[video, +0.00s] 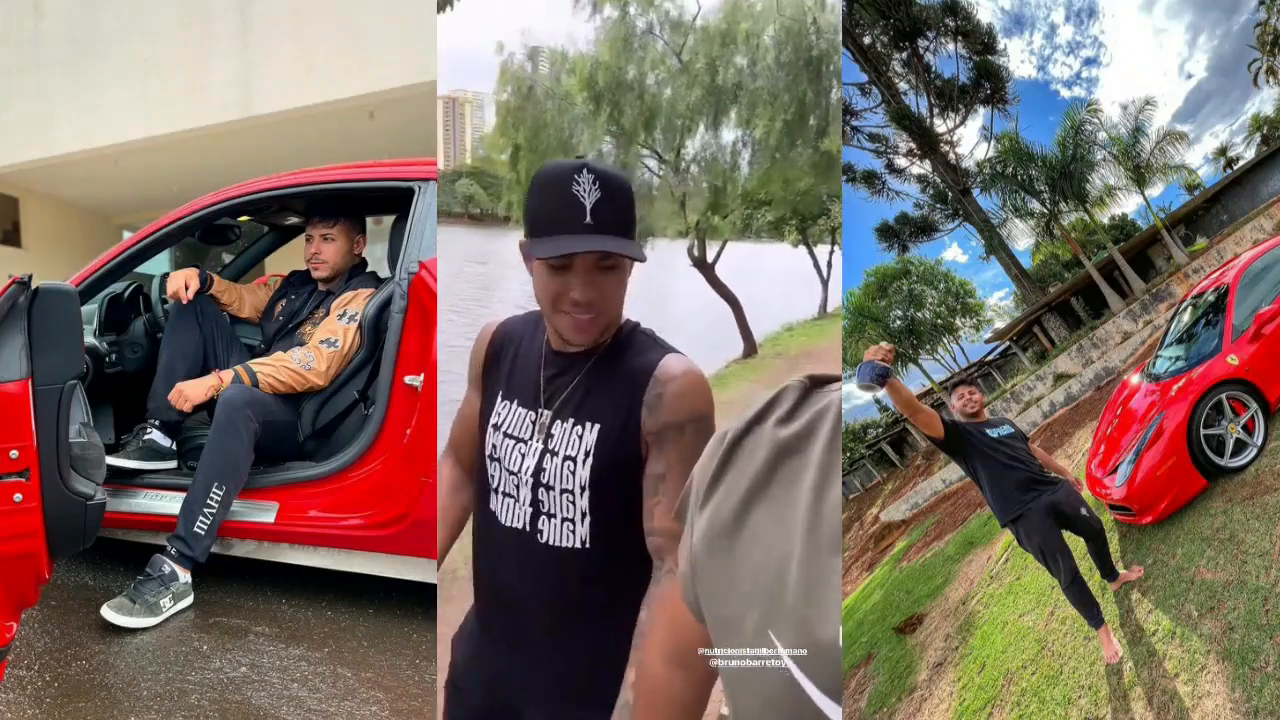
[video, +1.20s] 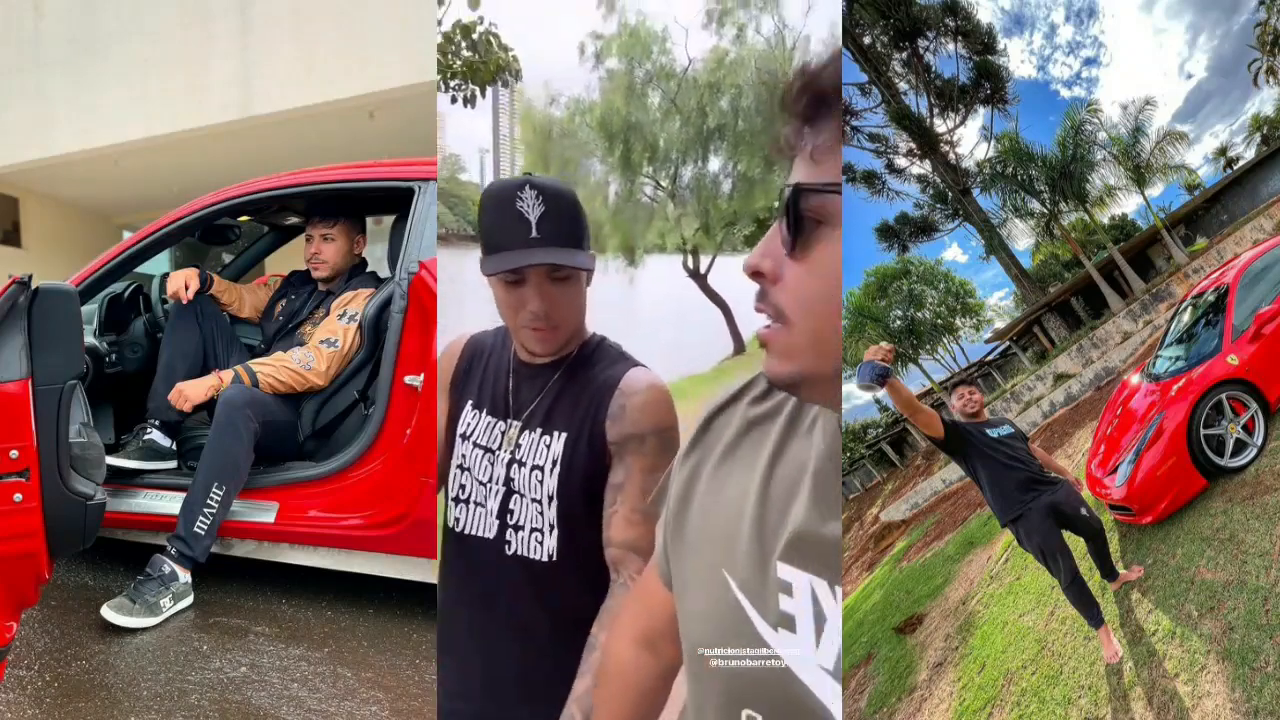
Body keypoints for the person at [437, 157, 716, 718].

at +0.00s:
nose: (580, 292)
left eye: (605, 265)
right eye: (558, 265)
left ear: (632, 263)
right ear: (528, 260)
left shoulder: (669, 389)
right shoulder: (499, 348)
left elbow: (674, 560)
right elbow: (459, 469)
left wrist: (645, 703)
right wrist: (400, 569)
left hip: (591, 684)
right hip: (486, 660)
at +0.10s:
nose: (599, 274)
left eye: (622, 246)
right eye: (575, 247)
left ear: (645, 247)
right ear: (541, 246)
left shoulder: (688, 376)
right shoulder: (501, 347)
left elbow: (702, 549)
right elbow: (456, 477)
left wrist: (707, 686)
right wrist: (433, 604)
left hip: (616, 687)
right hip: (498, 670)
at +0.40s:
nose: (632, 290)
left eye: (655, 264)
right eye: (610, 262)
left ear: (673, 268)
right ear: (570, 262)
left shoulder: (714, 400)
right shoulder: (519, 363)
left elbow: (728, 568)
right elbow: (463, 491)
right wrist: (470, 605)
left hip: (641, 697)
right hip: (523, 682)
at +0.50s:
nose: (635, 292)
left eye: (658, 265)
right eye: (611, 264)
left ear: (676, 267)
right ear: (572, 264)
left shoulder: (718, 401)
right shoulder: (522, 366)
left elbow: (723, 583)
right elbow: (468, 499)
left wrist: (593, 678)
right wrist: (480, 605)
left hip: (659, 698)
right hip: (536, 683)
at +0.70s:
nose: (627, 269)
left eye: (652, 243)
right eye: (605, 242)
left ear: (678, 242)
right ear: (570, 237)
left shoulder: (717, 379)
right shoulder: (528, 332)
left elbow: (737, 550)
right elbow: (469, 462)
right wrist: (478, 555)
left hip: (639, 684)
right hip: (530, 667)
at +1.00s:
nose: (585, 289)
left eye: (608, 264)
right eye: (564, 266)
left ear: (640, 257)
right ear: (539, 264)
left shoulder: (682, 386)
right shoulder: (515, 342)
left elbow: (677, 561)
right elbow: (462, 454)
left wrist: (615, 706)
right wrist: (444, 512)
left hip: (604, 690)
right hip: (500, 670)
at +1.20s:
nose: (538, 304)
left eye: (558, 277)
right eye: (514, 280)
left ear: (588, 273)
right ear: (489, 281)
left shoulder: (633, 400)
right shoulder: (463, 364)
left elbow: (634, 580)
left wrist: (581, 709)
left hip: (564, 697)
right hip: (464, 684)